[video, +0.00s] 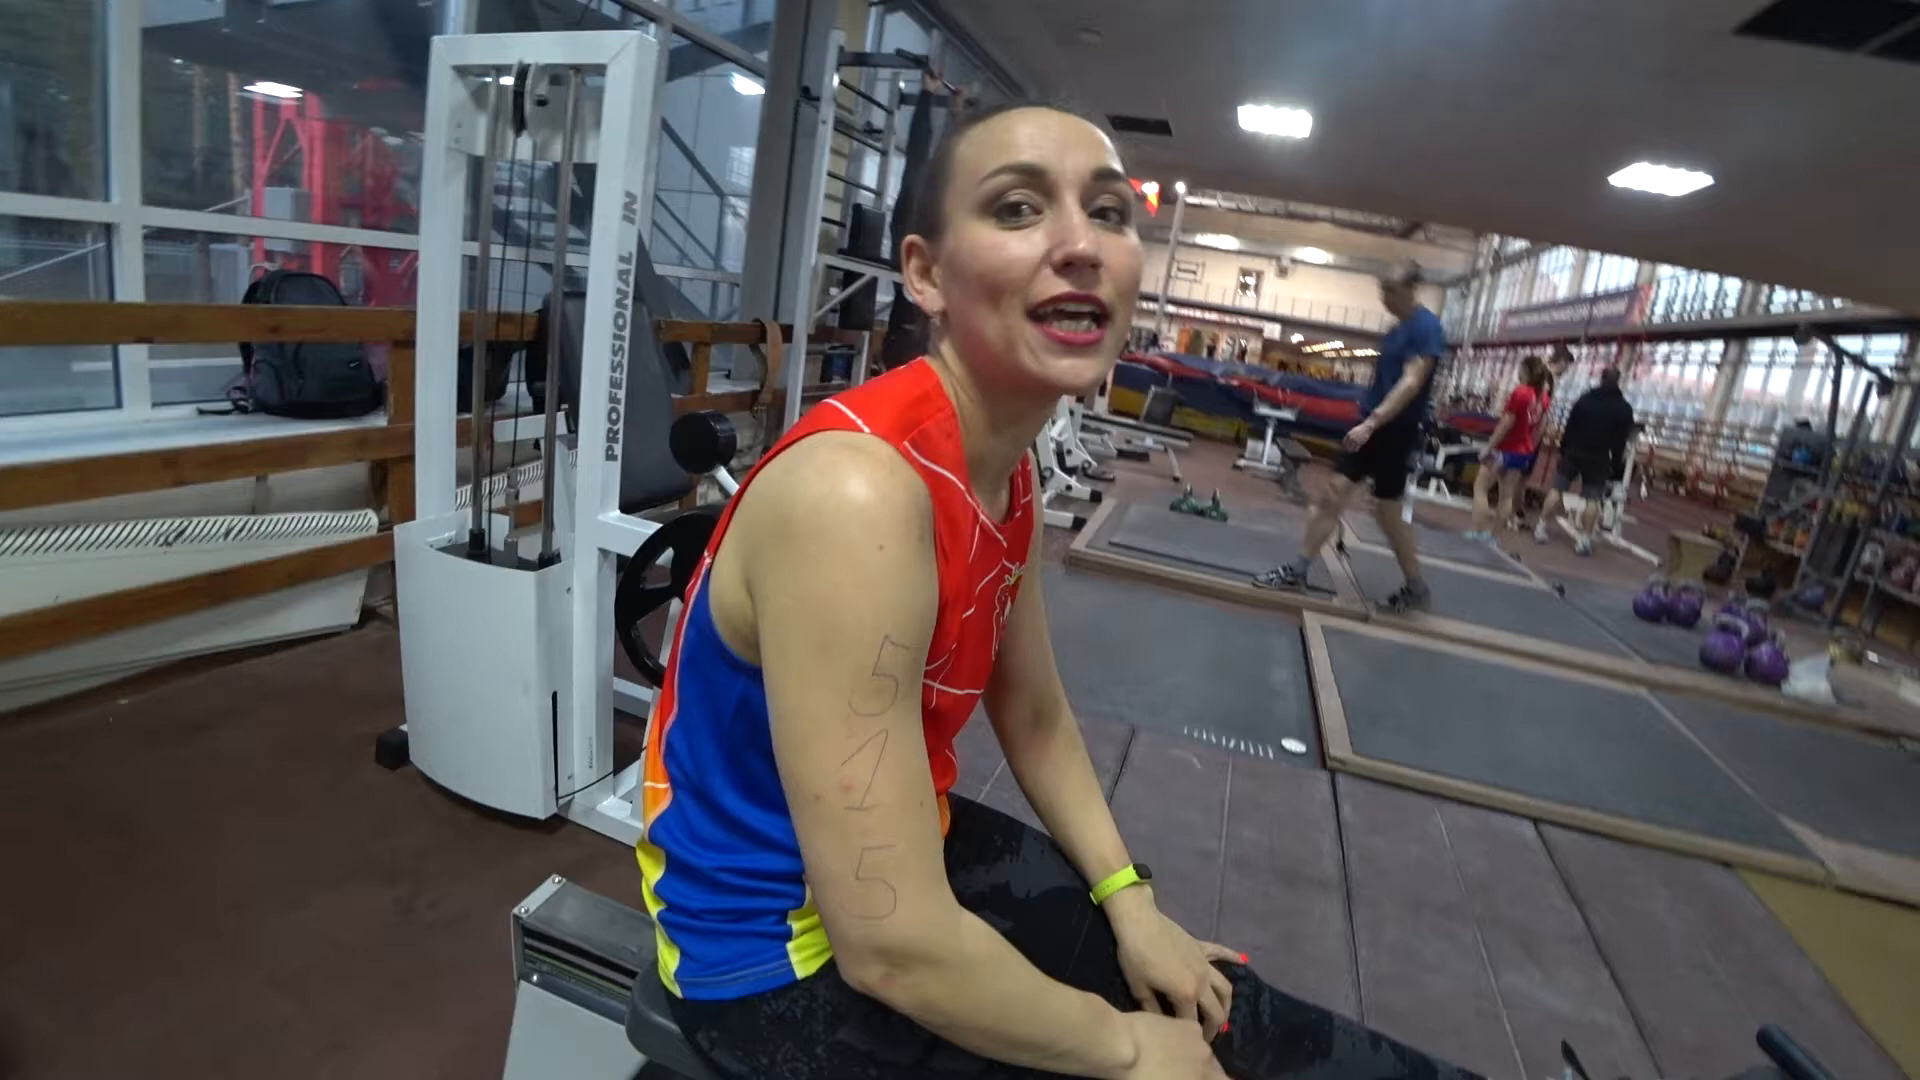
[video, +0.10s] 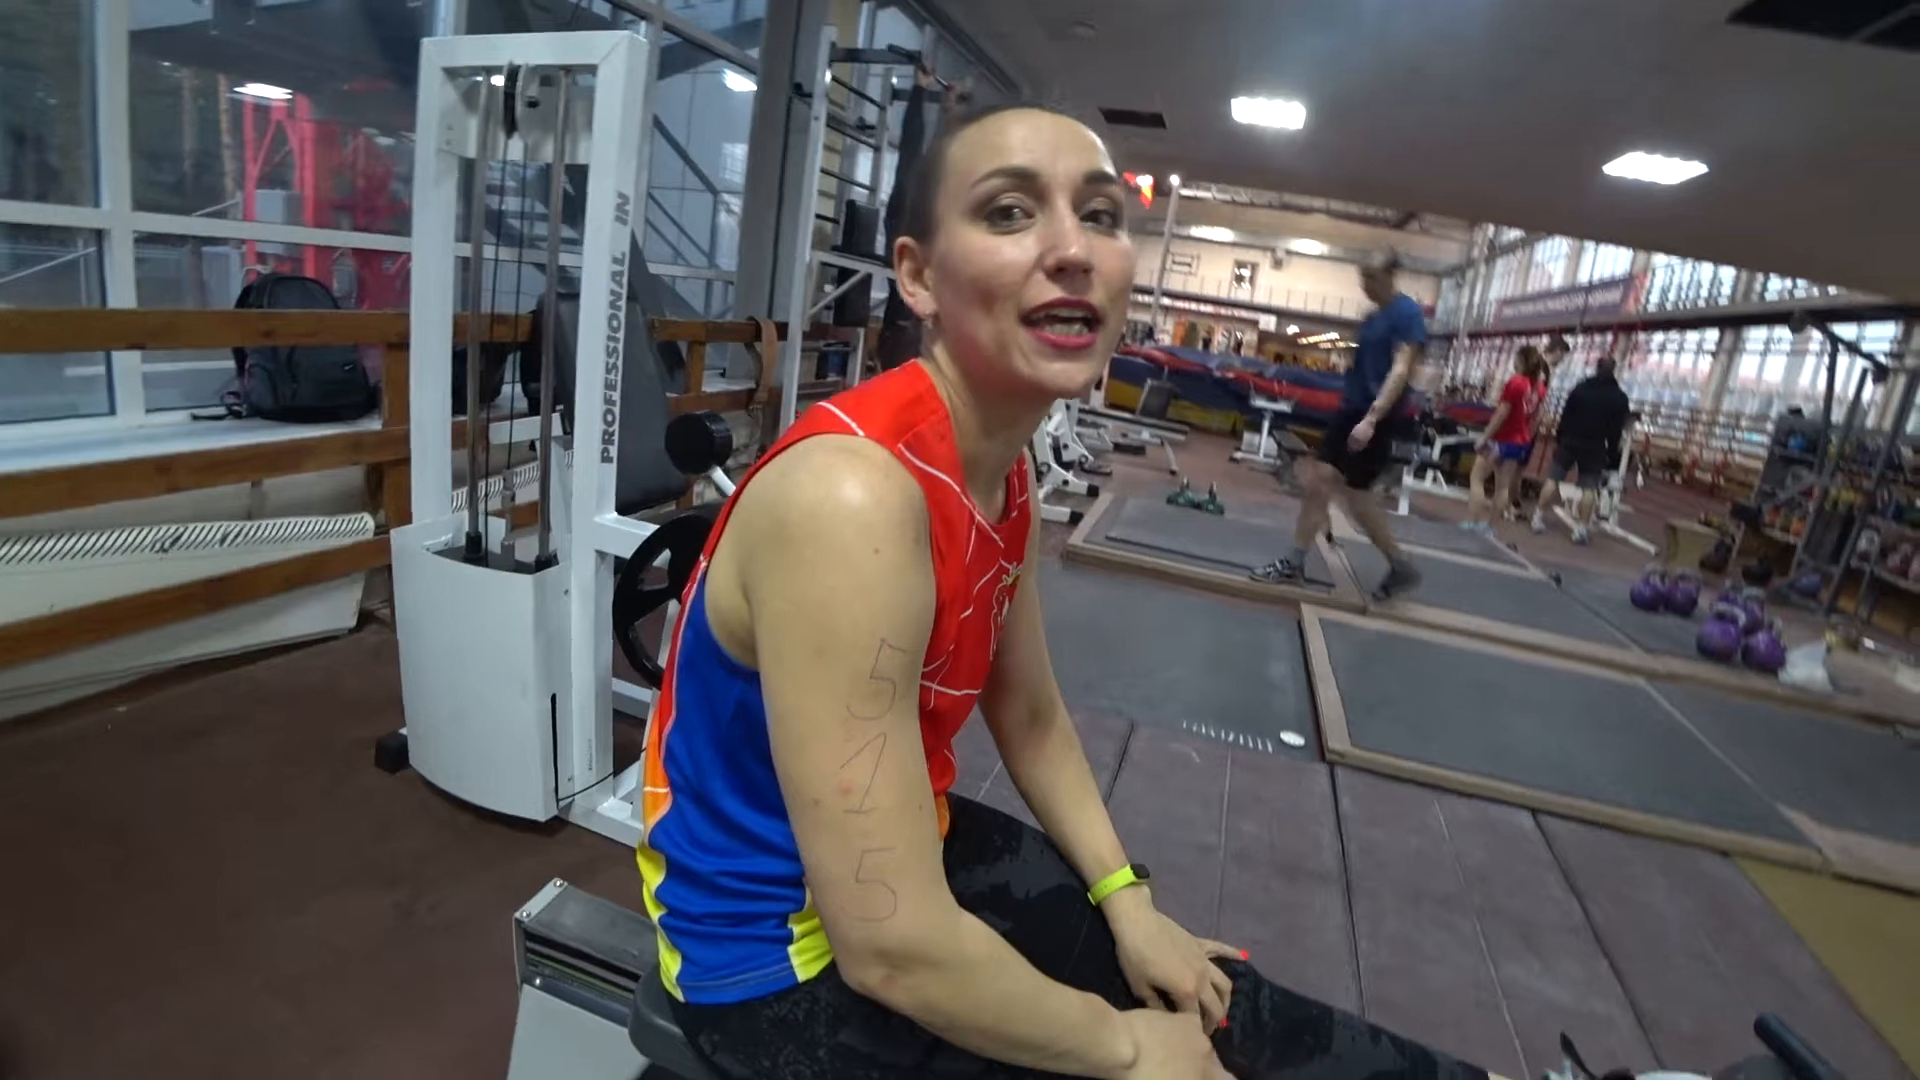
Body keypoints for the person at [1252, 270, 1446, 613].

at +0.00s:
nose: (1384, 297)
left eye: (1390, 291)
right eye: (1383, 290)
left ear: (1409, 290)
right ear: (1395, 291)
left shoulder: (1425, 326)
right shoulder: (1400, 328)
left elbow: (1412, 382)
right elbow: (1389, 381)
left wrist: (1370, 424)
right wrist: (1367, 417)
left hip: (1396, 431)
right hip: (1375, 425)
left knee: (1388, 511)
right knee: (1333, 494)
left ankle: (1416, 586)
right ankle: (1298, 570)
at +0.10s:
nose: (1366, 285)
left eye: (1372, 278)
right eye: (1365, 278)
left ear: (1389, 276)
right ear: (1368, 279)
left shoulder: (1406, 312)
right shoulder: (1377, 315)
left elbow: (1400, 370)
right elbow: (1369, 367)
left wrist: (1371, 419)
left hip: (1375, 415)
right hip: (1356, 412)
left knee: (1323, 478)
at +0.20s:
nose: (1336, 269)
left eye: (1342, 261)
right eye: (1334, 262)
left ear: (1361, 260)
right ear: (1336, 262)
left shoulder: (1381, 296)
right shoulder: (1339, 305)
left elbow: (1391, 354)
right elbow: (1330, 363)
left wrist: (1375, 408)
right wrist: (1305, 405)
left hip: (1353, 401)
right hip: (1325, 397)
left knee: (1309, 475)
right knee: (1301, 472)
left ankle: (1359, 541)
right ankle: (1288, 551)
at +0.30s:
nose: (1315, 257)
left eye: (1322, 250)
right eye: (1312, 250)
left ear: (1339, 249)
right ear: (1308, 250)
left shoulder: (1357, 287)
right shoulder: (1310, 294)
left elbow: (1379, 342)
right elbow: (1302, 348)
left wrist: (1374, 399)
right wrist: (1285, 385)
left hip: (1330, 390)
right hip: (1300, 388)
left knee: (1285, 466)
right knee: (1283, 467)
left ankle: (1312, 546)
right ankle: (1286, 545)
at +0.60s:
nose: (1244, 255)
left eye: (1251, 247)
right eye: (1239, 247)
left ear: (1267, 246)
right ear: (1233, 247)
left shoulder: (1281, 290)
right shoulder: (1229, 292)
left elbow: (1296, 348)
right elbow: (1210, 349)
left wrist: (1301, 402)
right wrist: (1180, 388)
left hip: (1248, 394)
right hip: (1218, 391)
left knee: (1212, 475)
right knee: (1227, 471)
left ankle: (1175, 566)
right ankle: (1262, 532)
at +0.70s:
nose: (1214, 251)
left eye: (1222, 244)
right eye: (1212, 243)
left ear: (1243, 243)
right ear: (1211, 243)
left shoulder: (1257, 288)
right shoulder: (1207, 290)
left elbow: (1264, 354)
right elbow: (1187, 350)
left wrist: (1258, 411)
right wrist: (1159, 389)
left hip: (1223, 397)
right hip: (1191, 393)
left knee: (1194, 483)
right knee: (1178, 475)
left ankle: (1164, 570)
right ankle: (1234, 516)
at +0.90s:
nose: (1168, 239)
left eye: (1174, 231)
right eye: (1167, 231)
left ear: (1198, 229)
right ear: (1172, 230)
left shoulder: (1216, 275)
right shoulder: (1171, 275)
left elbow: (1203, 338)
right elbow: (1157, 334)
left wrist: (1162, 383)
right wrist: (1136, 376)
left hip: (1188, 388)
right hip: (1152, 380)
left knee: (1174, 478)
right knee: (1111, 458)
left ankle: (1164, 568)